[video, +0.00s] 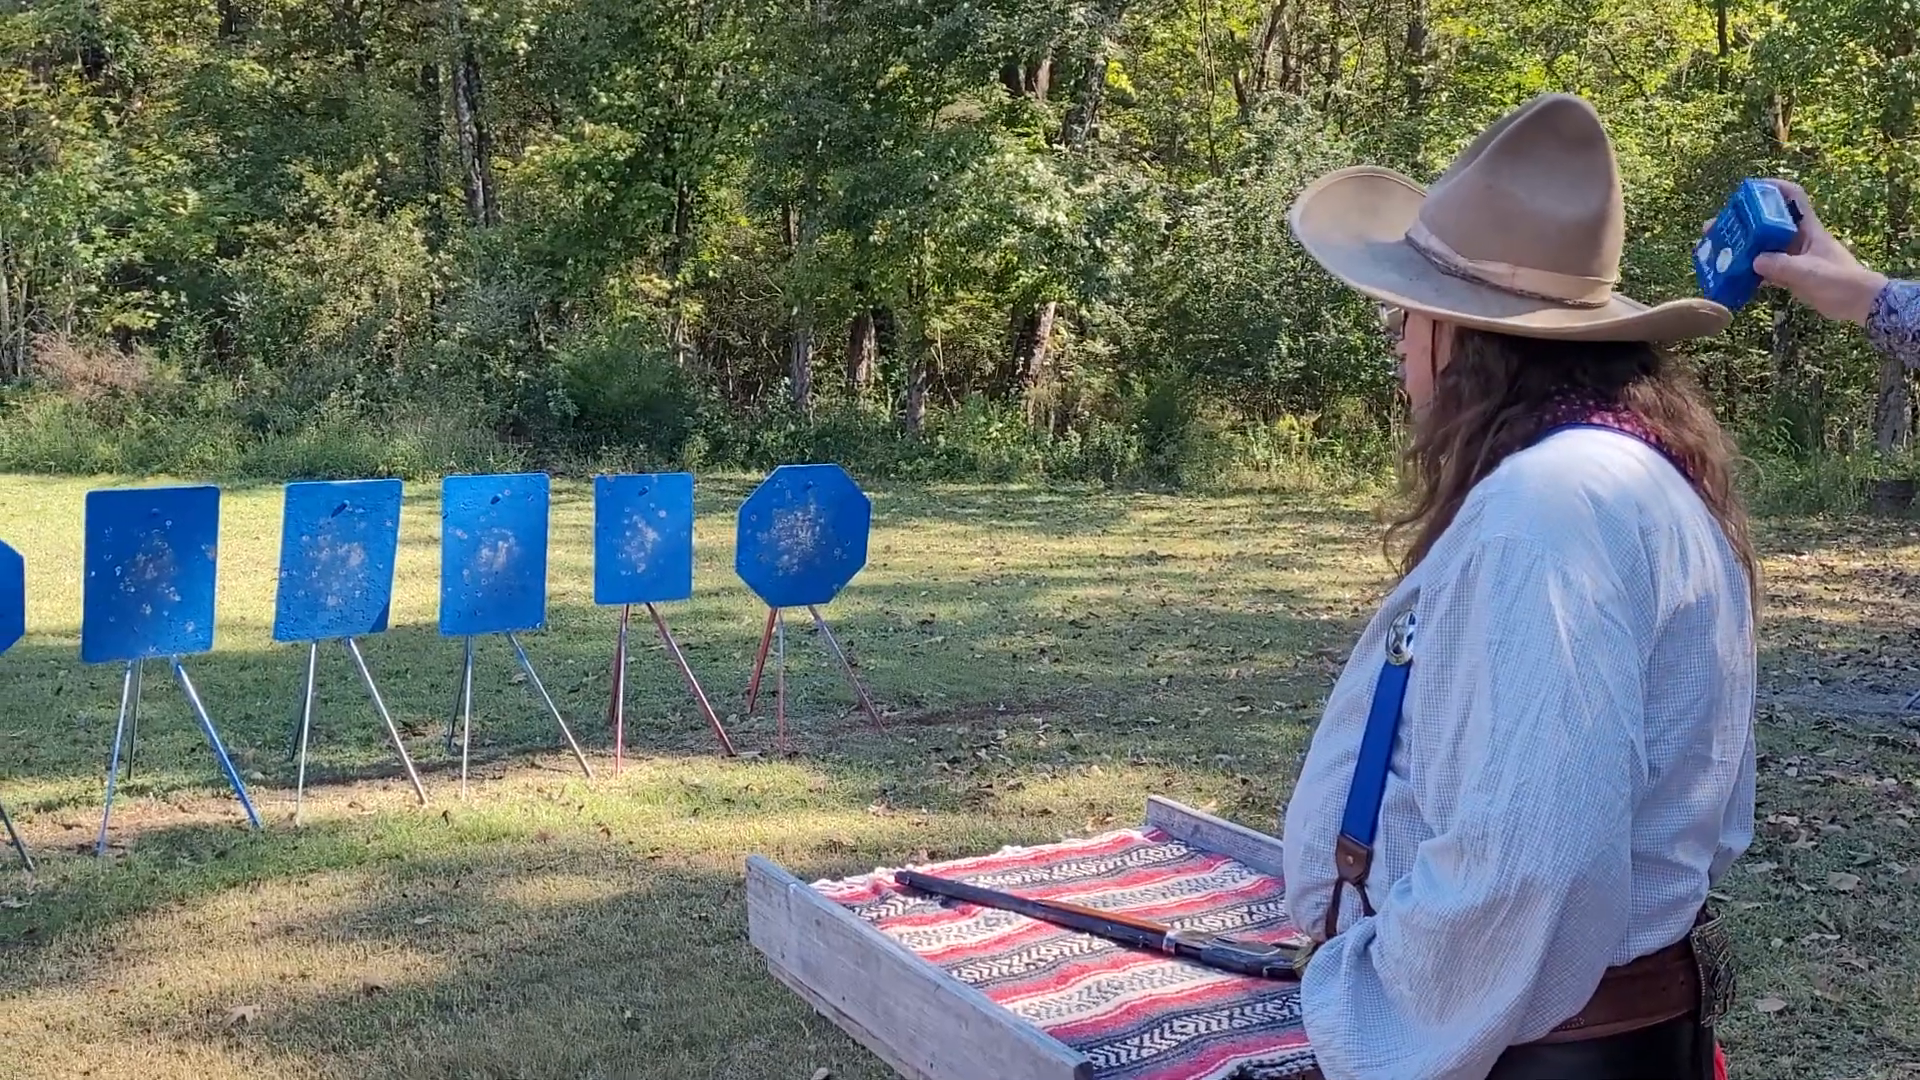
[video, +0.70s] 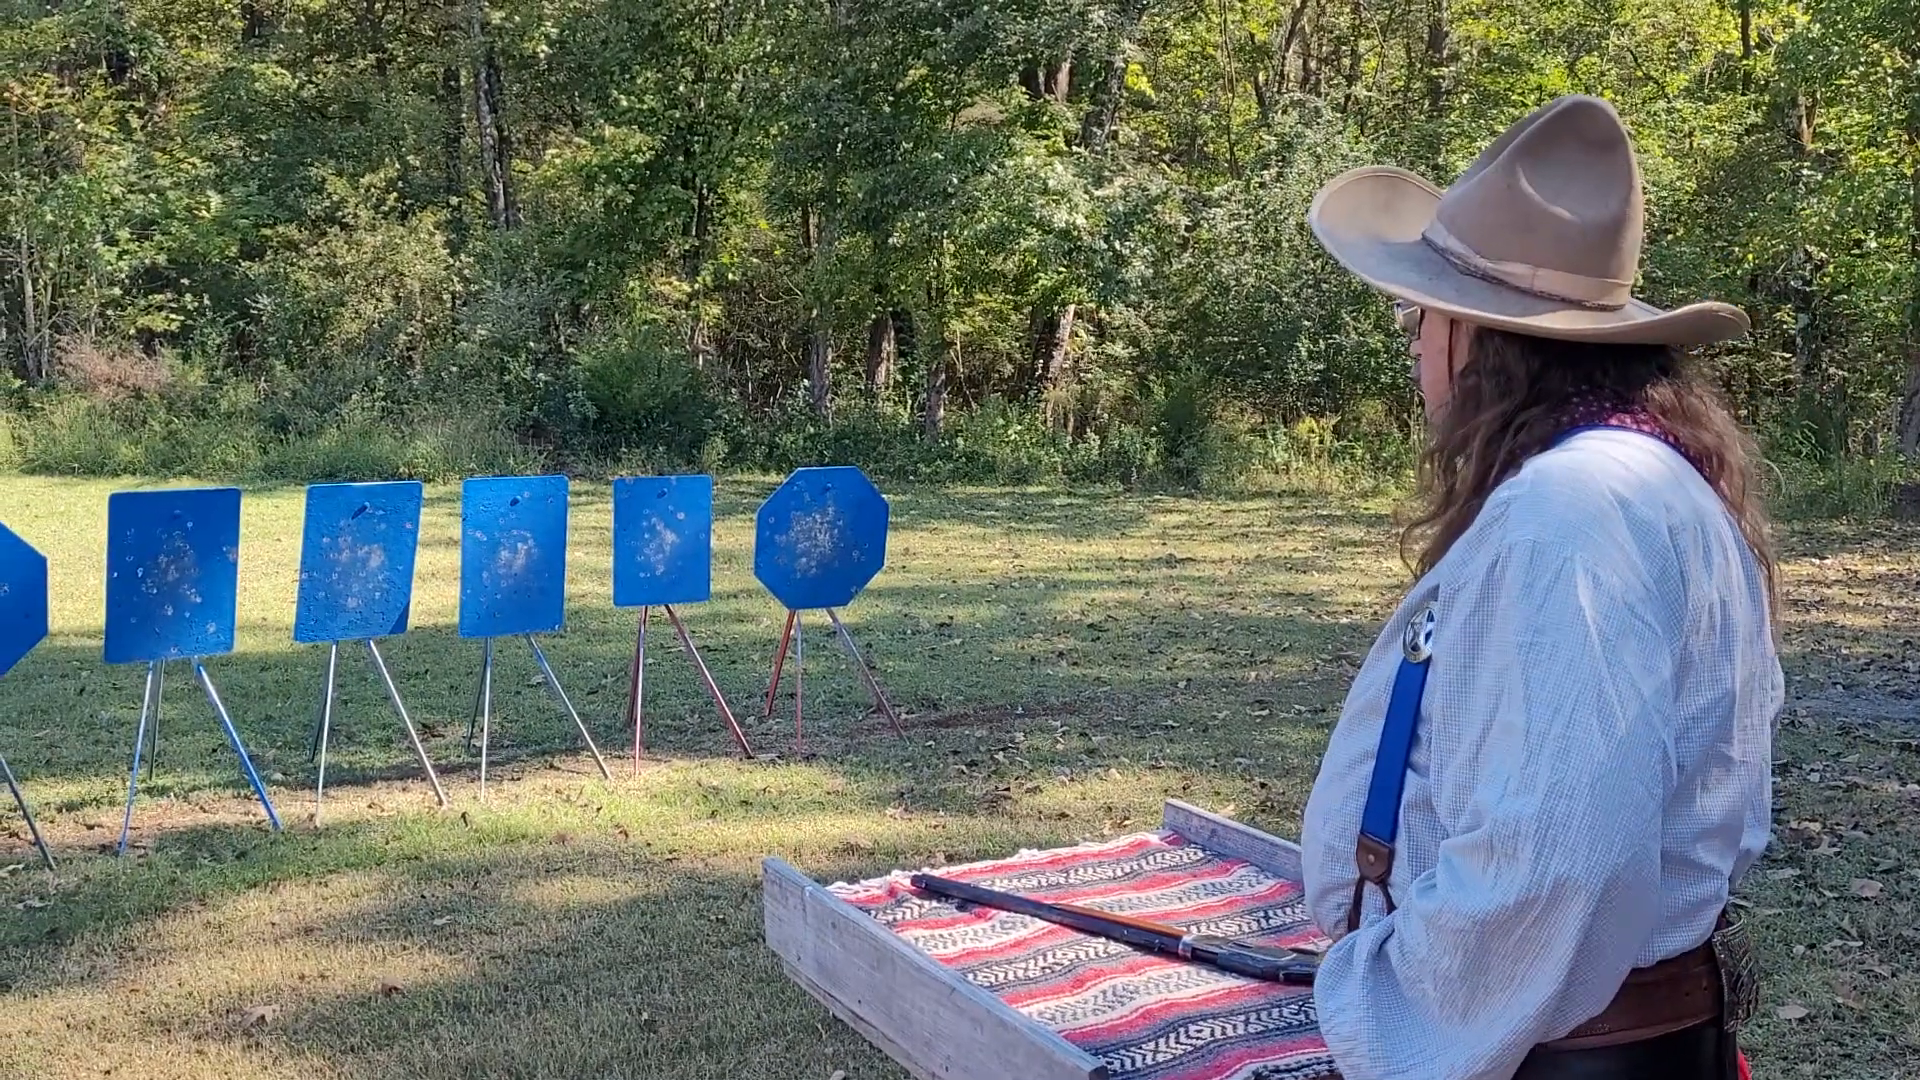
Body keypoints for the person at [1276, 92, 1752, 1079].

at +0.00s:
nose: (1395, 344)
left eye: (1406, 317)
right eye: (1400, 316)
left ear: (1464, 337)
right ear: (1569, 329)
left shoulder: (1551, 503)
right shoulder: (1639, 471)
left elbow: (1531, 852)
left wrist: (1363, 997)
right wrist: (1380, 893)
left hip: (1553, 1035)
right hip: (1637, 1003)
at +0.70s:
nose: (1413, 341)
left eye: (1425, 316)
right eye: (1419, 315)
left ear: (1486, 340)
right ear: (1586, 335)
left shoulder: (1573, 507)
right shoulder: (1656, 475)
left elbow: (1550, 851)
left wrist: (1379, 981)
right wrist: (1399, 903)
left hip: (1577, 1036)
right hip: (1658, 1003)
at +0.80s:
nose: (1402, 343)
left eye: (1413, 318)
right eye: (1406, 318)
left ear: (1476, 337)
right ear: (1583, 332)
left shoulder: (1560, 511)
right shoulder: (1667, 475)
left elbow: (1565, 862)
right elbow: (1783, 662)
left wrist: (1370, 992)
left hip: (1573, 1035)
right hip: (1676, 998)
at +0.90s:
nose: (1389, 345)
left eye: (1400, 321)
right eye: (1393, 320)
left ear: (1463, 343)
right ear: (1564, 336)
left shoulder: (1560, 518)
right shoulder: (1653, 474)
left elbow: (1554, 883)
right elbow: (1773, 663)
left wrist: (1347, 1026)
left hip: (1572, 1039)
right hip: (1672, 999)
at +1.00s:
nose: (1370, 344)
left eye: (1384, 319)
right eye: (1376, 319)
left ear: (1450, 344)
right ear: (1536, 337)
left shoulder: (1567, 517)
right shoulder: (1609, 484)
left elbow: (1570, 893)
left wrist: (1353, 1043)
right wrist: (1396, 933)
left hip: (1585, 1040)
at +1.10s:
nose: (1358, 347)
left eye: (1373, 323)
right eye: (1364, 322)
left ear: (1444, 347)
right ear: (1502, 339)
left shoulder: (1567, 520)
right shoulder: (1529, 491)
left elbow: (1583, 902)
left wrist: (1372, 1051)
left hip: (1573, 1040)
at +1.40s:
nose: (1346, 338)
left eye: (1359, 314)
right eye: (1351, 313)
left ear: (1422, 338)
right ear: (1499, 334)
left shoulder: (1548, 531)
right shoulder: (1499, 487)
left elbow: (1582, 931)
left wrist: (1432, 1062)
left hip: (1479, 1032)